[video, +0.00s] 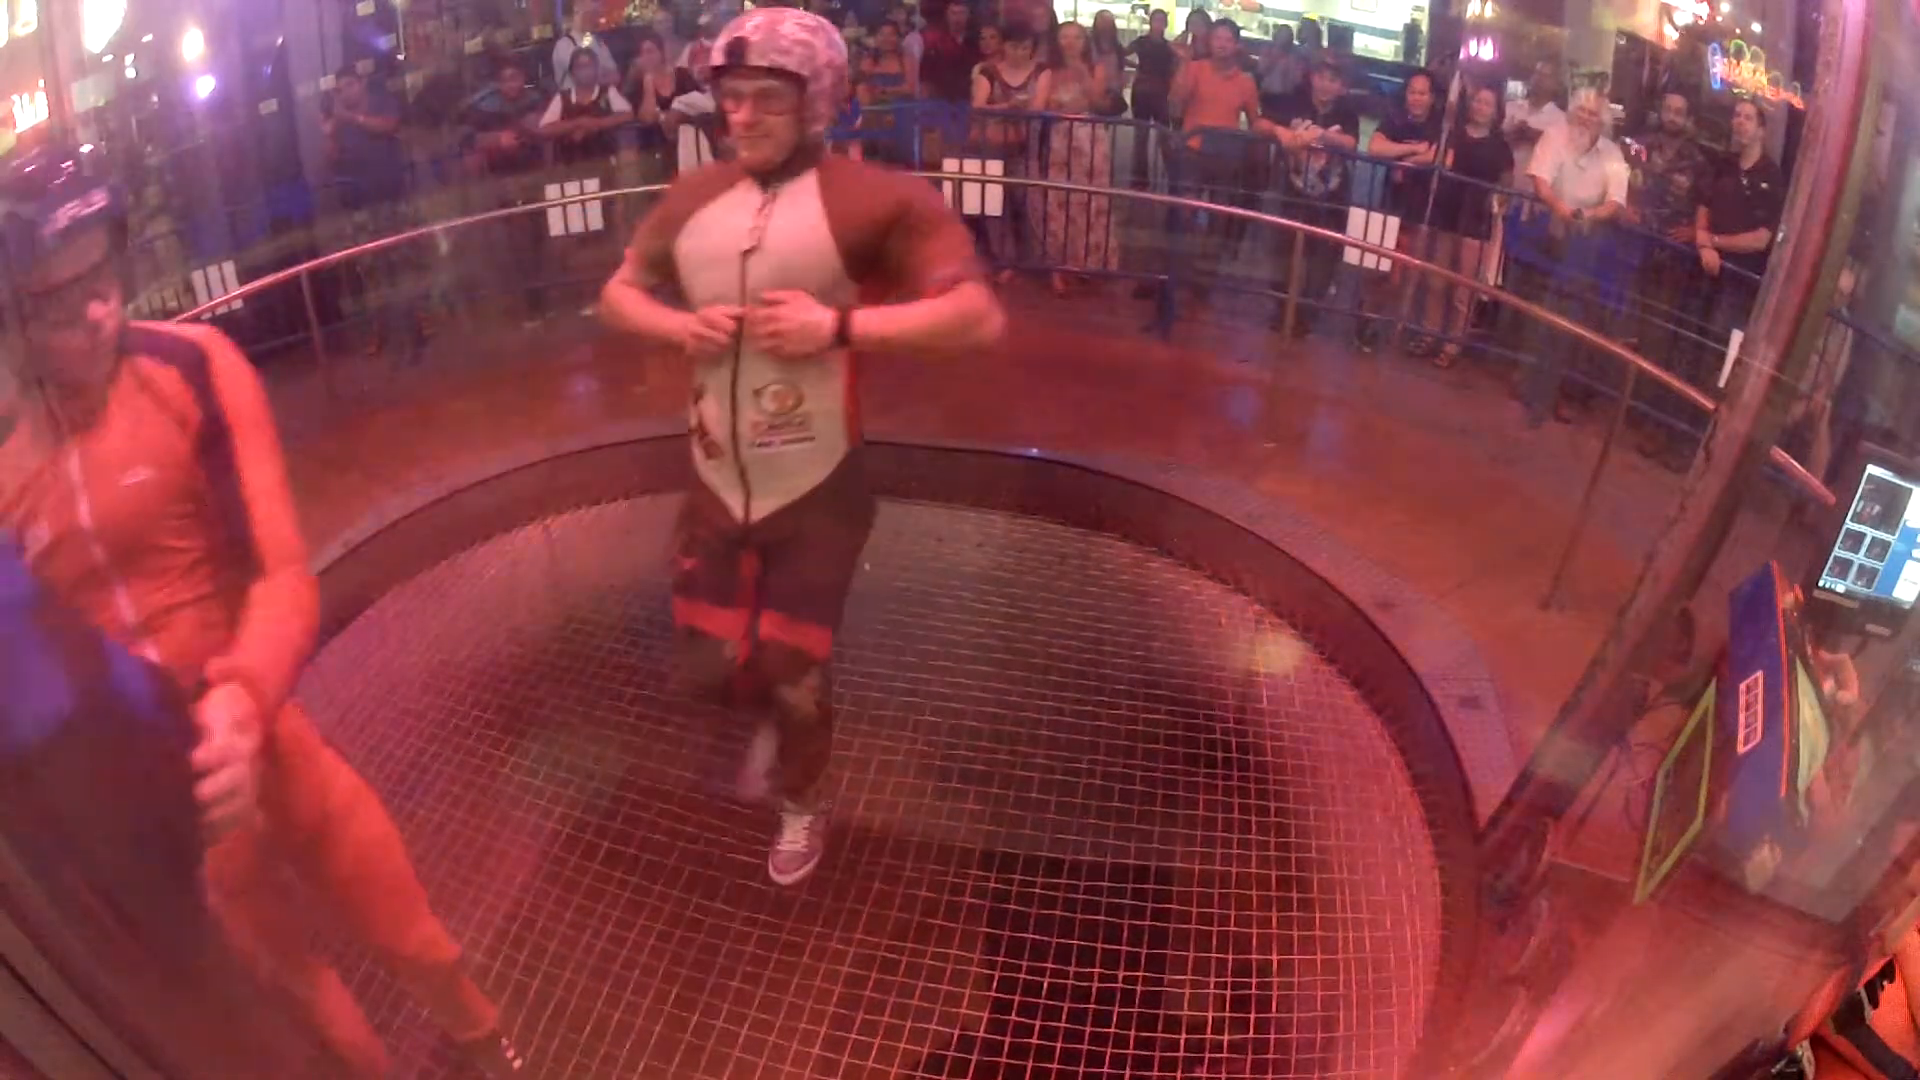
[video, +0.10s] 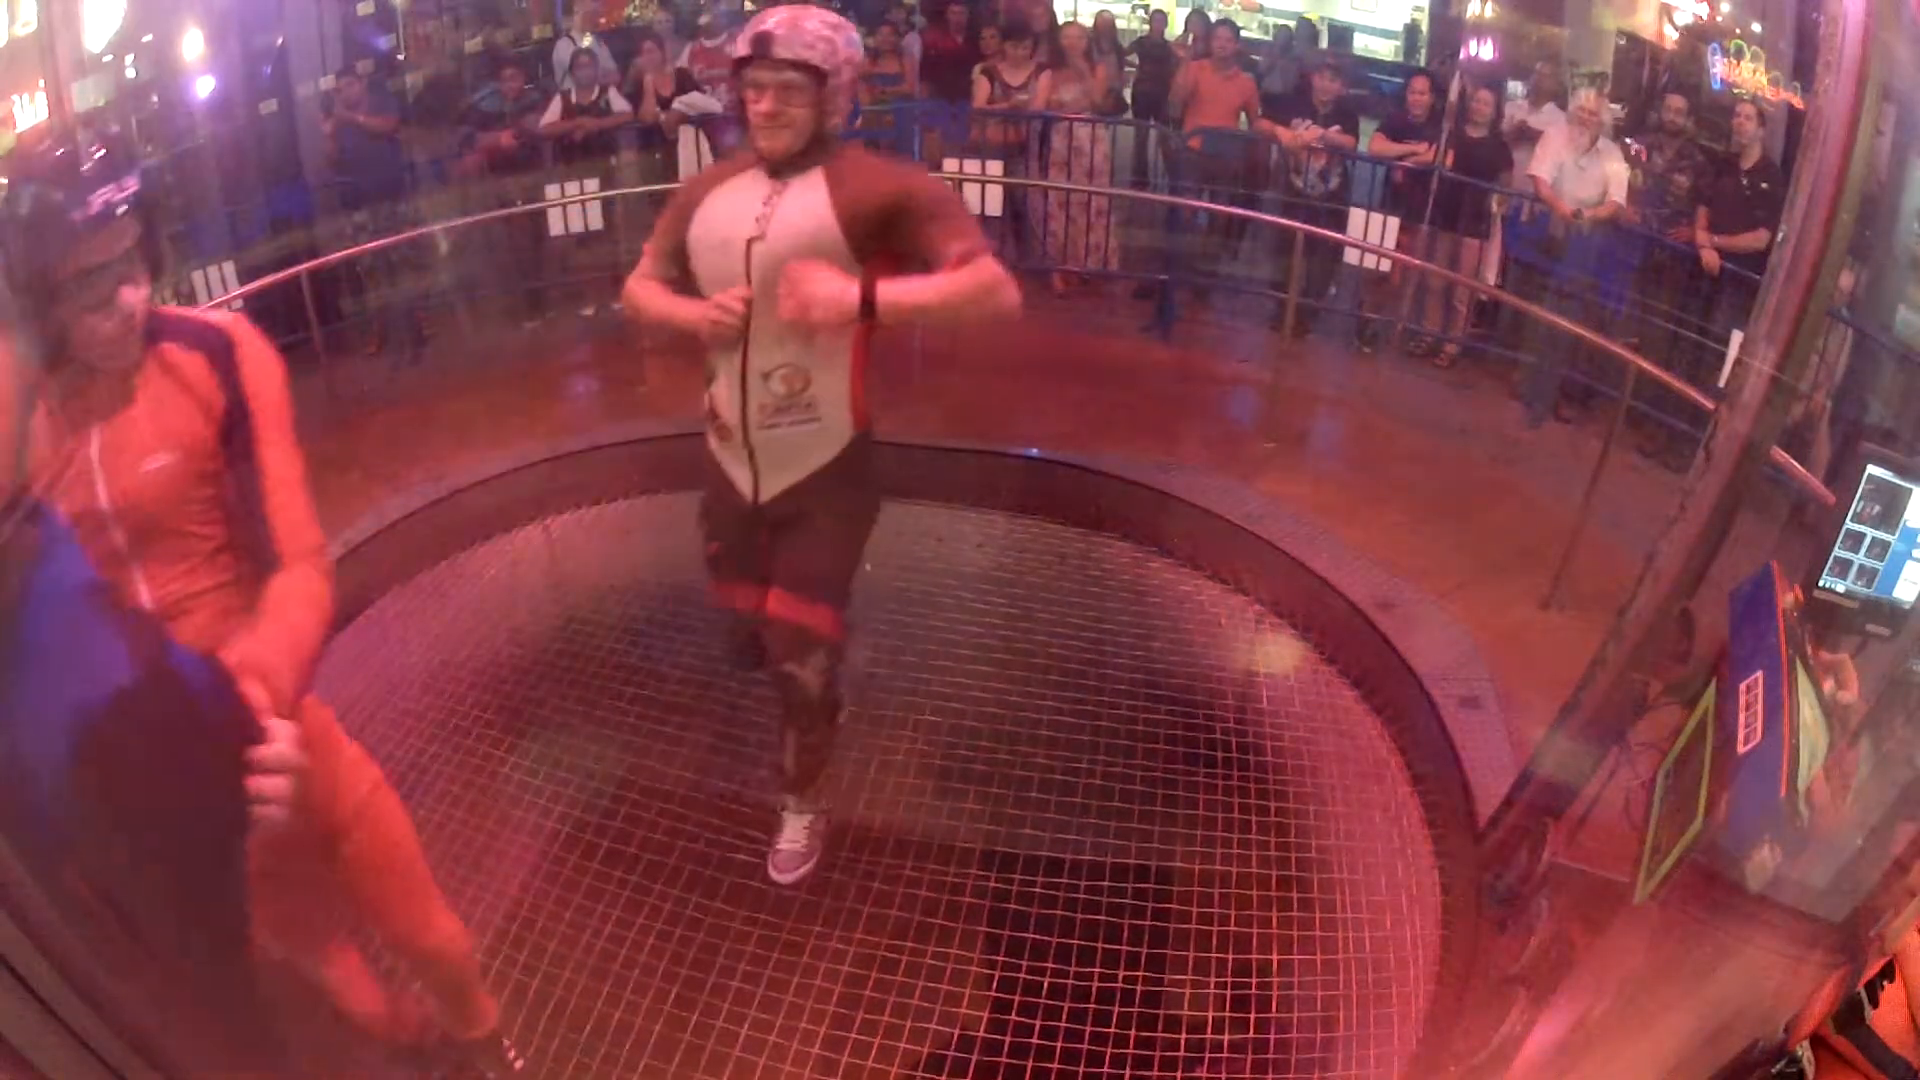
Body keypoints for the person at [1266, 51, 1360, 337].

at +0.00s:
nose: (1330, 87)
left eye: (1336, 82)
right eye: (1326, 80)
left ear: (1343, 86)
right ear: (1312, 78)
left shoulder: (1346, 111)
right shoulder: (1291, 103)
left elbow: (1351, 144)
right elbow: (1260, 125)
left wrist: (1323, 136)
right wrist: (1282, 134)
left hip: (1332, 196)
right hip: (1295, 190)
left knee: (1325, 255)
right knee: (1287, 248)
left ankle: (1307, 311)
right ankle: (1281, 306)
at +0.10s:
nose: (1335, 87)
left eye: (1338, 81)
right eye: (1330, 80)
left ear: (1343, 85)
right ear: (1313, 78)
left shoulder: (1346, 111)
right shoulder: (1290, 103)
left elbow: (1352, 143)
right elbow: (1260, 125)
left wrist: (1323, 136)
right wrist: (1285, 136)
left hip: (1332, 196)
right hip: (1295, 189)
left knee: (1325, 254)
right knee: (1287, 248)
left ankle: (1308, 312)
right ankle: (1281, 306)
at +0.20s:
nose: (1325, 85)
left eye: (1332, 80)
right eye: (1321, 78)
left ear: (1342, 87)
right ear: (1310, 79)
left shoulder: (1346, 113)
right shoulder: (1291, 105)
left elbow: (1351, 144)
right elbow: (1259, 124)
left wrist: (1321, 135)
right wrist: (1283, 135)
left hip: (1331, 195)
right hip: (1295, 188)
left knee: (1324, 254)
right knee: (1287, 247)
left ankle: (1307, 313)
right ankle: (1281, 306)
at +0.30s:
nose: (1326, 86)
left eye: (1334, 81)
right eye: (1323, 79)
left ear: (1343, 88)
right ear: (1313, 79)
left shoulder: (1346, 113)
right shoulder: (1293, 105)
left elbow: (1351, 144)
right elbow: (1260, 124)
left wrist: (1321, 135)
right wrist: (1285, 135)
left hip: (1331, 195)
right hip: (1295, 188)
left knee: (1324, 254)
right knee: (1287, 247)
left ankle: (1307, 314)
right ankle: (1282, 306)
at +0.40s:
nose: (1330, 86)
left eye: (1336, 81)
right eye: (1326, 79)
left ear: (1343, 87)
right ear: (1314, 79)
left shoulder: (1346, 112)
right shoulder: (1293, 105)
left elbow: (1351, 144)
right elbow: (1260, 124)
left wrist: (1321, 135)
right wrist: (1284, 134)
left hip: (1330, 195)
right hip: (1295, 189)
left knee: (1324, 255)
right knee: (1287, 247)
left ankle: (1307, 314)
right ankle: (1281, 306)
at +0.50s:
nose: (1329, 87)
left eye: (1335, 82)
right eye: (1324, 79)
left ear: (1343, 88)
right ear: (1313, 79)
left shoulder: (1345, 113)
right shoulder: (1292, 103)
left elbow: (1351, 144)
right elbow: (1261, 123)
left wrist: (1322, 135)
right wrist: (1286, 135)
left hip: (1330, 196)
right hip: (1294, 189)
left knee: (1325, 255)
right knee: (1286, 248)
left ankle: (1307, 314)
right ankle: (1281, 306)